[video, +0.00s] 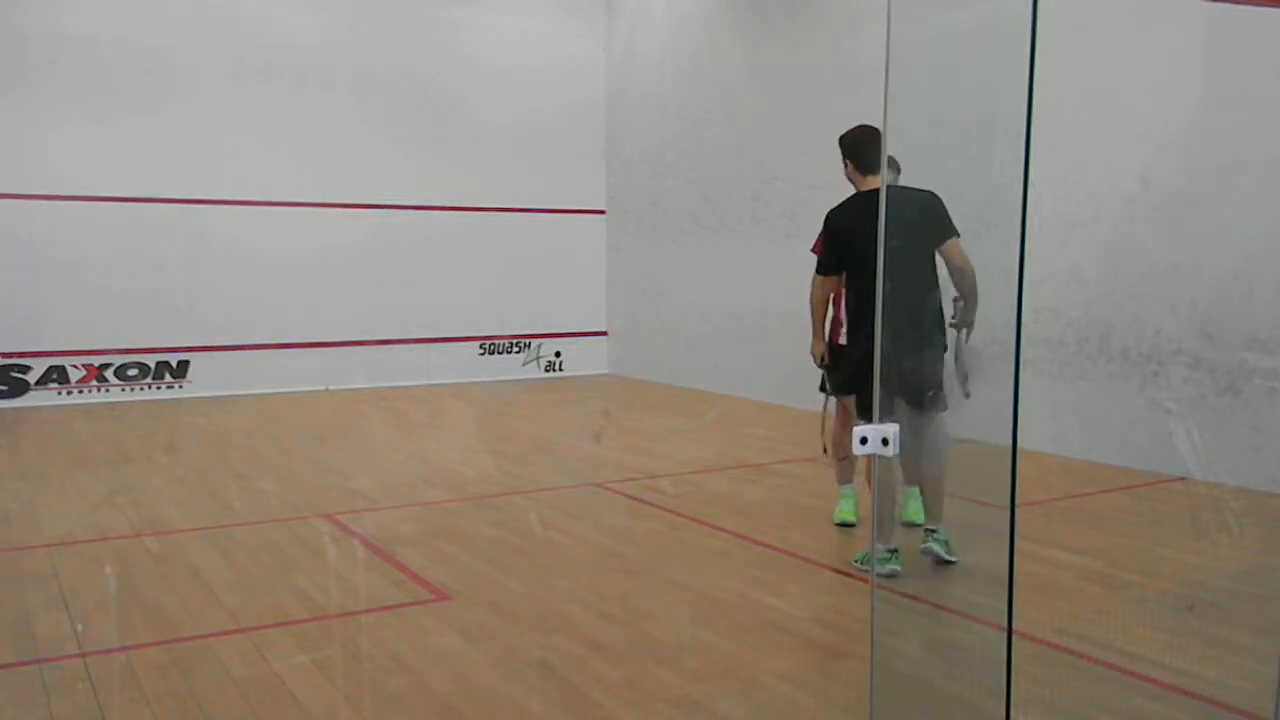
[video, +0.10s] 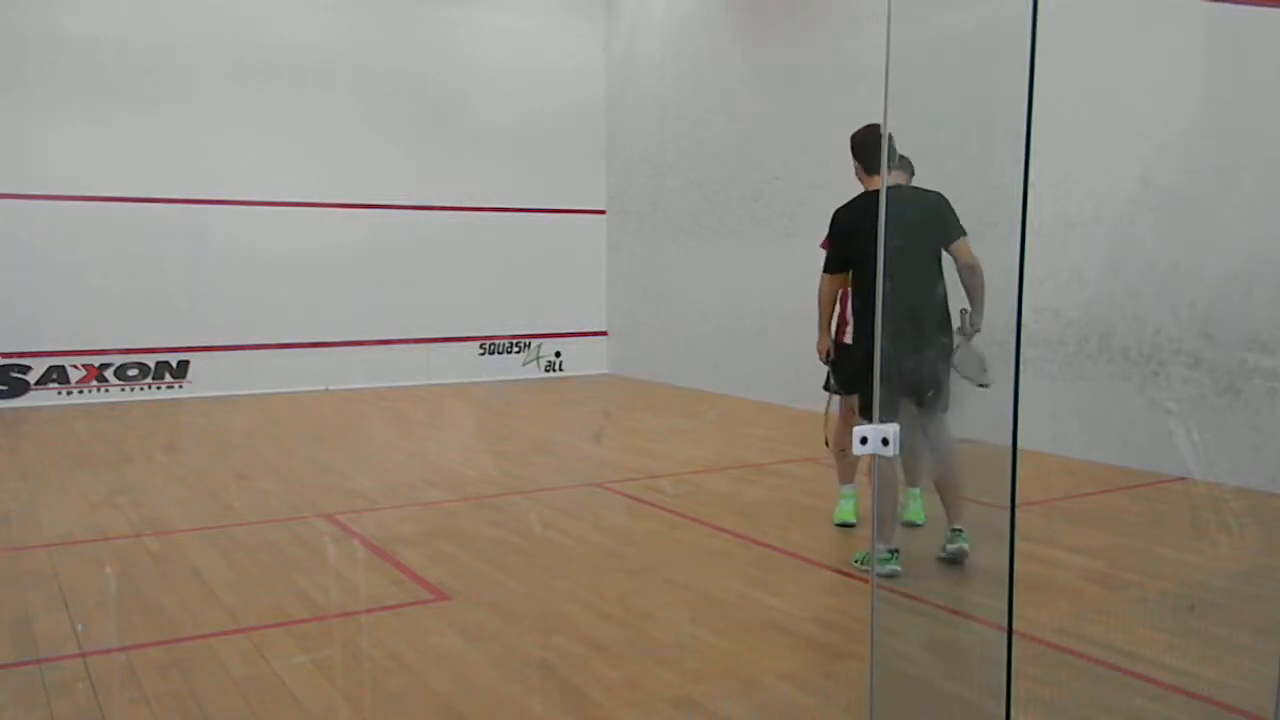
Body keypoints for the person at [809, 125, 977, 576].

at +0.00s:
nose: (842, 169)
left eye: (842, 164)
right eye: (847, 161)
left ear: (848, 166)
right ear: (885, 158)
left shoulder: (841, 218)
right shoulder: (925, 203)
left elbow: (822, 288)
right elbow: (961, 267)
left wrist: (818, 338)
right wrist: (970, 307)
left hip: (870, 349)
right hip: (923, 345)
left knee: (879, 444)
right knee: (928, 435)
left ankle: (885, 550)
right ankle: (936, 532)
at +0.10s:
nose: (854, 172)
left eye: (853, 166)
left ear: (856, 167)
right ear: (895, 157)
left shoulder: (848, 217)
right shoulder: (933, 203)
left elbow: (831, 283)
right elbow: (968, 263)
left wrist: (824, 333)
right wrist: (975, 315)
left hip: (879, 346)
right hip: (931, 341)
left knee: (882, 446)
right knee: (938, 432)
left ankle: (885, 550)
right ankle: (956, 532)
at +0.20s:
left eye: (866, 163)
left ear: (868, 164)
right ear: (908, 157)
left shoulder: (857, 216)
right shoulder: (942, 205)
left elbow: (839, 282)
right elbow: (977, 266)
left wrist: (832, 330)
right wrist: (983, 318)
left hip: (884, 347)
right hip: (936, 344)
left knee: (883, 446)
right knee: (945, 438)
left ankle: (884, 550)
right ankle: (970, 535)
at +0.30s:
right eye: (919, 157)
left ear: (884, 160)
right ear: (923, 158)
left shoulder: (871, 213)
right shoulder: (954, 207)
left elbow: (850, 278)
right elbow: (986, 269)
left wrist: (839, 327)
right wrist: (992, 326)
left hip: (892, 344)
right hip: (945, 344)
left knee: (885, 443)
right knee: (947, 440)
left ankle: (884, 549)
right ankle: (967, 542)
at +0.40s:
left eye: (907, 161)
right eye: (937, 160)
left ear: (900, 164)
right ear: (943, 163)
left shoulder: (885, 213)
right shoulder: (970, 210)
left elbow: (858, 276)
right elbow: (997, 273)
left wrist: (845, 325)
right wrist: (1001, 330)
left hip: (900, 344)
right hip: (956, 344)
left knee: (891, 441)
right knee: (957, 441)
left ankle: (884, 547)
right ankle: (966, 544)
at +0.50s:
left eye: (920, 163)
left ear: (916, 164)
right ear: (957, 166)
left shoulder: (894, 210)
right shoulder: (981, 212)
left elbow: (869, 275)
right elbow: (1009, 275)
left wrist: (855, 326)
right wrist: (1007, 336)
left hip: (906, 342)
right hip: (964, 343)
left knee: (893, 440)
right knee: (963, 440)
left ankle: (884, 545)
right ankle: (967, 546)